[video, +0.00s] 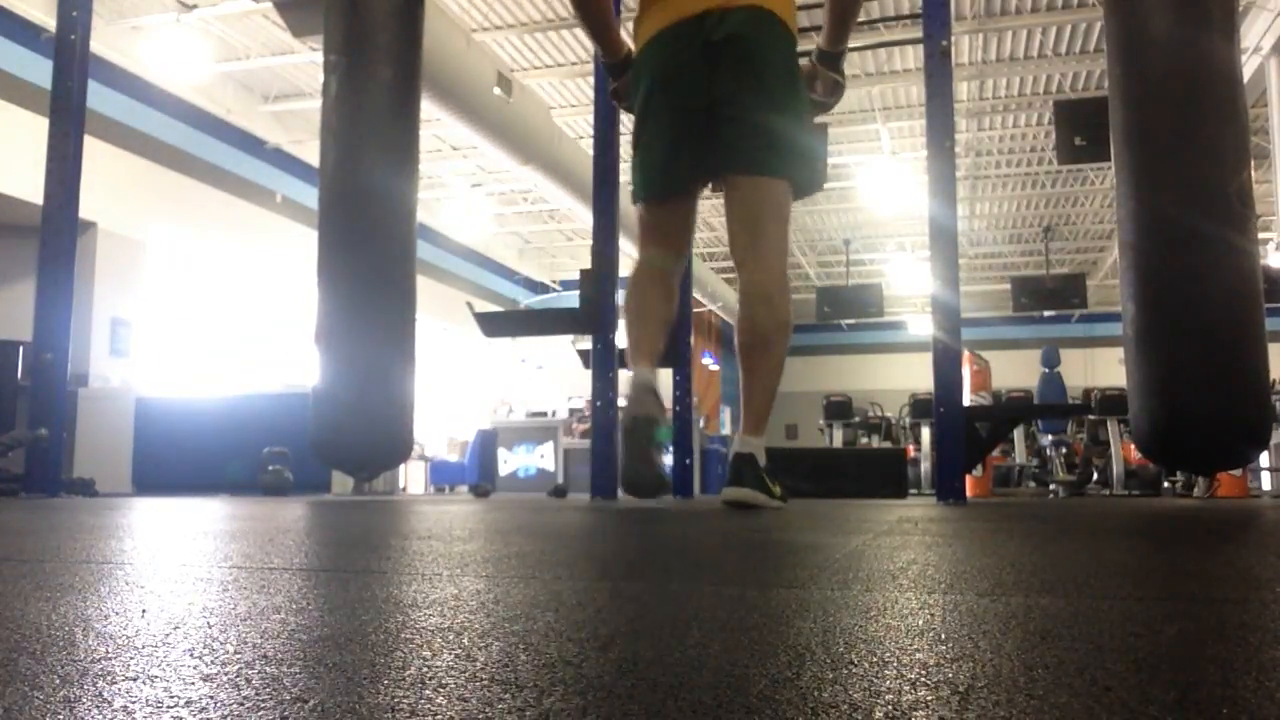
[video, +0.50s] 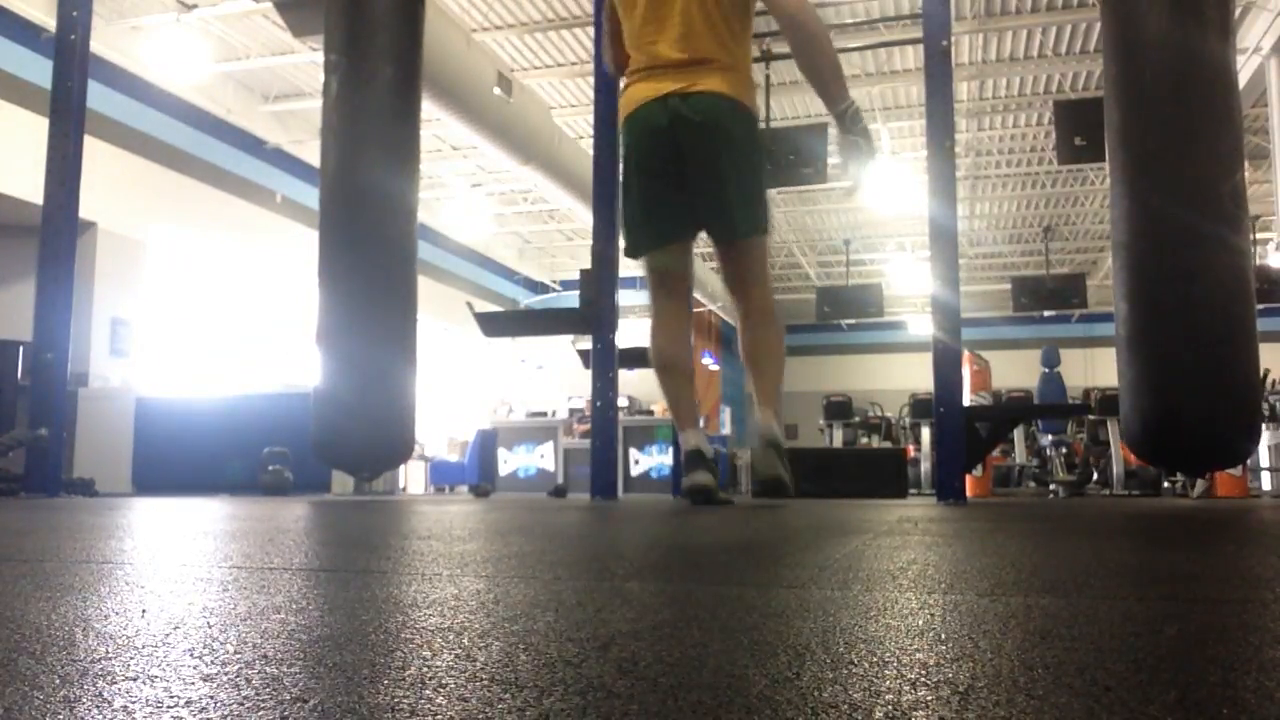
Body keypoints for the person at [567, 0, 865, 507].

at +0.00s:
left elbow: (588, 1)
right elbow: (845, 2)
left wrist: (618, 60)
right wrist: (830, 60)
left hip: (664, 44)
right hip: (762, 40)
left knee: (660, 253)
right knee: (762, 262)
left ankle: (641, 390)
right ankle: (749, 454)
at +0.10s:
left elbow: (590, 2)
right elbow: (846, 1)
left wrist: (626, 71)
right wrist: (827, 64)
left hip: (668, 55)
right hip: (760, 47)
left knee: (671, 263)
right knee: (762, 260)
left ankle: (666, 443)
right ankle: (749, 450)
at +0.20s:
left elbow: (590, 9)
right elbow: (842, 4)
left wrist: (638, 79)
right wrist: (827, 82)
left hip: (668, 71)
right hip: (754, 60)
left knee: (676, 279)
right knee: (760, 267)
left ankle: (687, 453)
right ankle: (749, 446)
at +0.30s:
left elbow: (593, 30)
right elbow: (831, 17)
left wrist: (654, 79)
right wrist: (831, 109)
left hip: (662, 95)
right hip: (740, 85)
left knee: (681, 292)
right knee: (760, 277)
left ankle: (696, 461)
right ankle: (749, 441)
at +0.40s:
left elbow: (599, 48)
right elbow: (816, 25)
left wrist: (664, 70)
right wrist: (839, 120)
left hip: (654, 111)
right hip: (734, 103)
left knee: (677, 301)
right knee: (773, 290)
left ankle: (695, 458)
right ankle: (753, 394)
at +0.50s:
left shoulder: (619, 1)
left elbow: (615, 58)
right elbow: (801, 24)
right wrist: (848, 116)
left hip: (644, 117)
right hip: (722, 110)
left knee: (668, 295)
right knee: (751, 291)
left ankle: (692, 450)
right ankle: (768, 426)